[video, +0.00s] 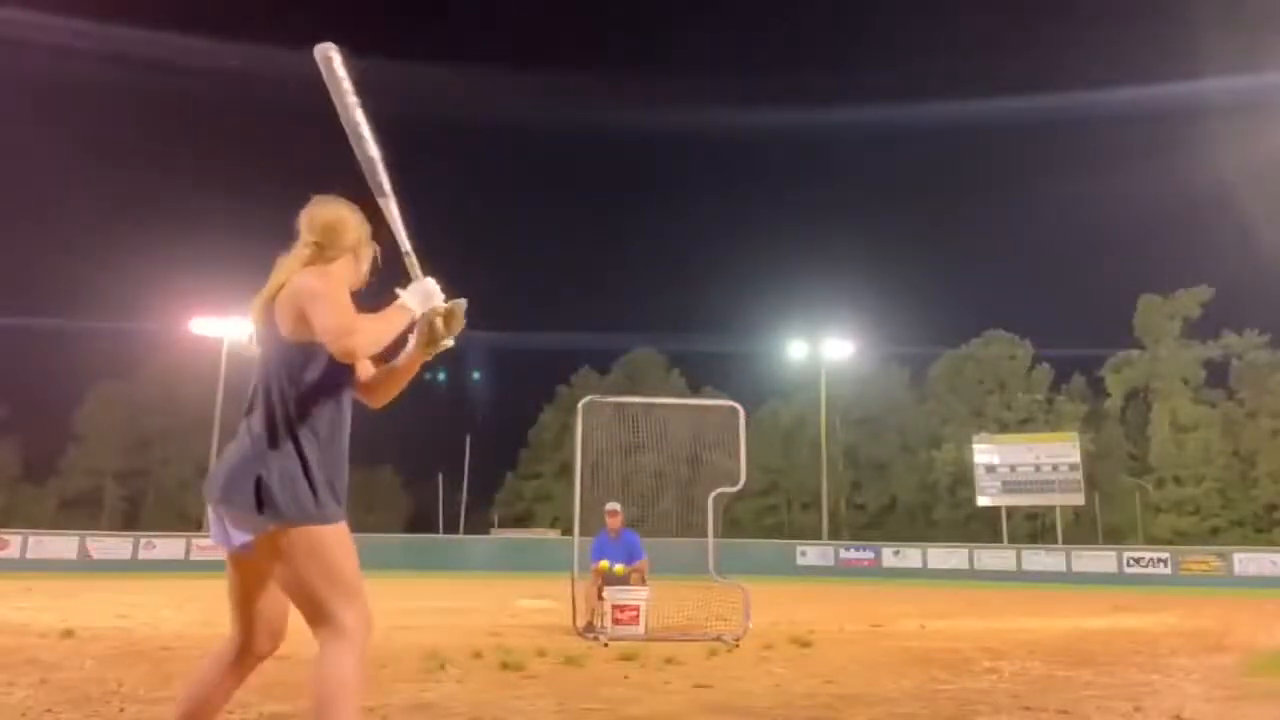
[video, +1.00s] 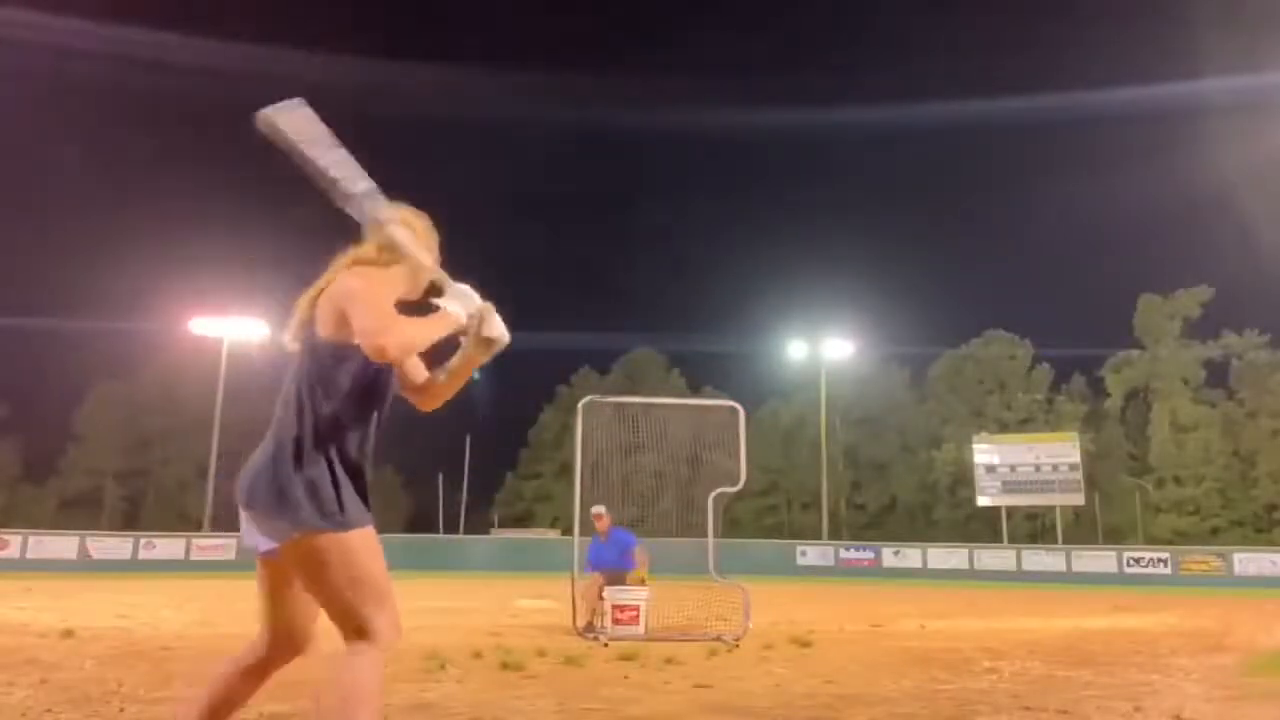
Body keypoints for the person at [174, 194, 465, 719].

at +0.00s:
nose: (369, 264)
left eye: (369, 254)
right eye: (368, 252)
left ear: (311, 242)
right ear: (355, 246)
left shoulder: (296, 297)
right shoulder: (319, 280)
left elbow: (373, 392)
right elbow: (347, 340)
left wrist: (420, 349)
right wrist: (409, 304)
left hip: (246, 481)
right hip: (288, 485)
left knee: (255, 638)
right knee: (346, 626)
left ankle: (184, 714)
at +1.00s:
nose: (430, 275)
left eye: (432, 266)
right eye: (430, 262)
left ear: (381, 247)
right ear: (414, 253)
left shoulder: (374, 309)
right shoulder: (360, 281)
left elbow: (427, 395)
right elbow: (382, 342)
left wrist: (478, 351)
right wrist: (452, 314)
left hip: (281, 480)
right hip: (307, 481)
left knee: (285, 637)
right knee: (374, 632)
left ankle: (199, 713)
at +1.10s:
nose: (449, 266)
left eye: (449, 255)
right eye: (447, 252)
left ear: (399, 246)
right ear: (431, 248)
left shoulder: (396, 316)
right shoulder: (373, 277)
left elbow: (429, 397)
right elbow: (384, 339)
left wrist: (482, 361)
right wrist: (463, 318)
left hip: (301, 479)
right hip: (314, 478)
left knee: (329, 638)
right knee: (386, 636)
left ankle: (237, 713)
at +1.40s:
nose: (475, 301)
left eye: (478, 291)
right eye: (476, 288)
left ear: (439, 272)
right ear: (459, 280)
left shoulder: (440, 333)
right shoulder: (393, 293)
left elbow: (451, 412)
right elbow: (355, 349)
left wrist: (476, 377)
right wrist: (449, 336)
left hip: (372, 491)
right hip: (322, 495)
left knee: (453, 598)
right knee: (399, 635)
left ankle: (391, 693)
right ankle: (368, 711)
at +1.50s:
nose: (484, 312)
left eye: (487, 304)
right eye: (484, 301)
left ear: (445, 280)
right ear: (471, 292)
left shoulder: (456, 339)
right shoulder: (406, 302)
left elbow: (473, 414)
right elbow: (339, 349)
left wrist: (474, 368)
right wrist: (431, 327)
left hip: (390, 500)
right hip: (336, 505)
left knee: (477, 601)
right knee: (406, 631)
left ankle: (416, 711)